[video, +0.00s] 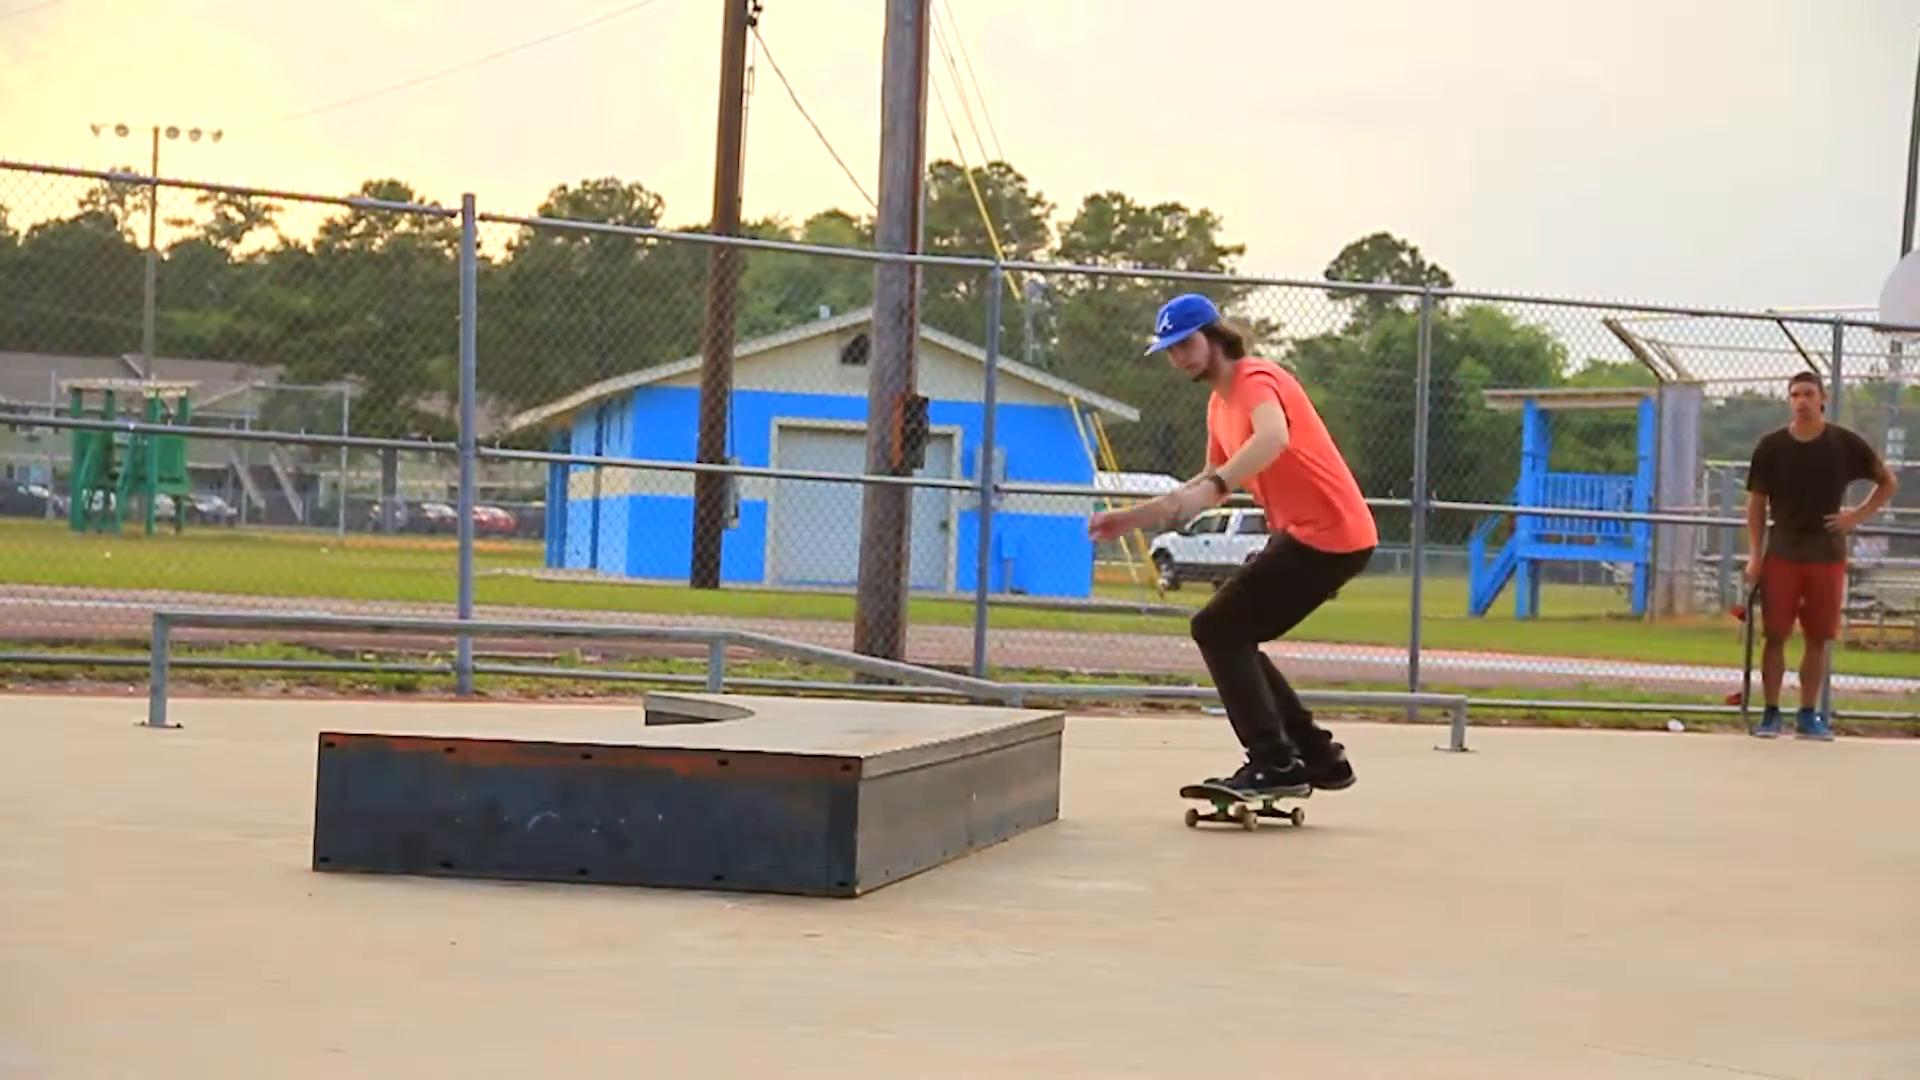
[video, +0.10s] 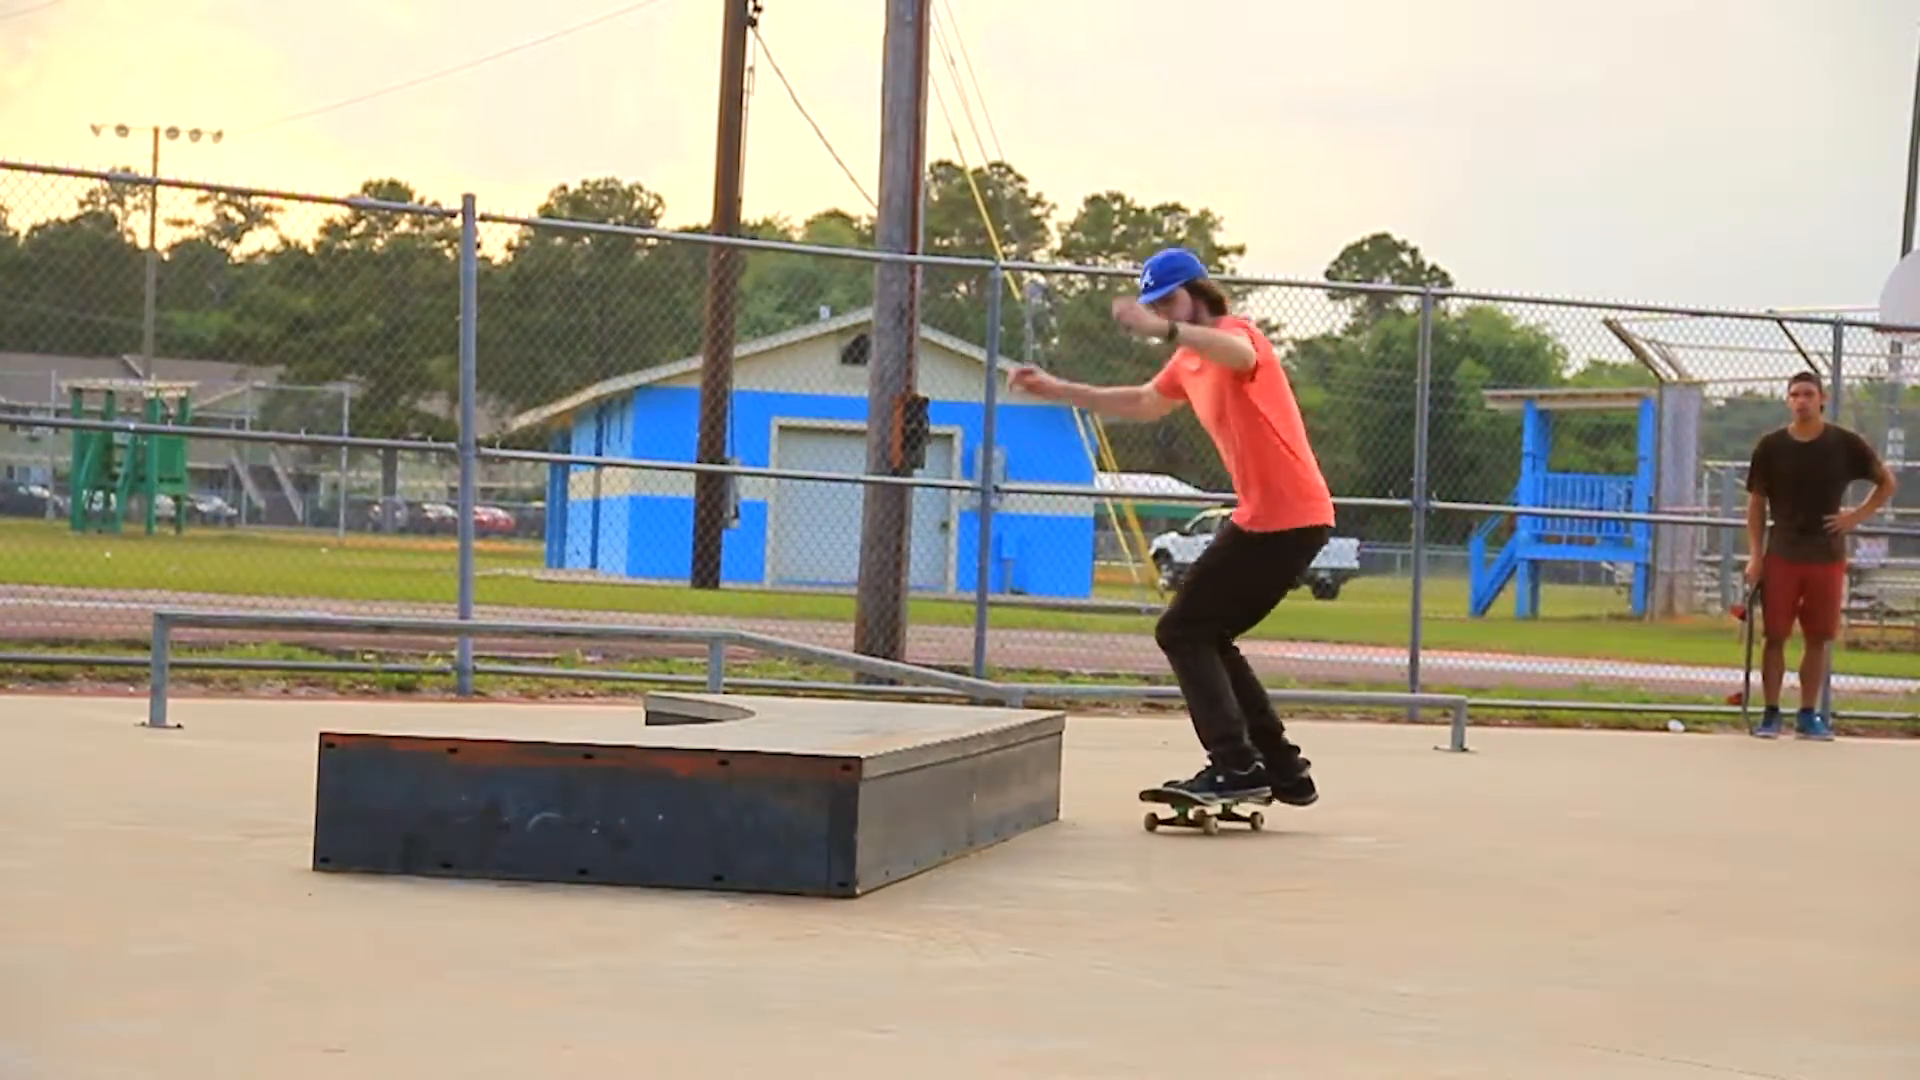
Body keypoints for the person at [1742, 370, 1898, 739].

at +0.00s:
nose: (1801, 402)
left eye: (1808, 395)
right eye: (1796, 395)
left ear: (1823, 400)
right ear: (1788, 401)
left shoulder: (1846, 443)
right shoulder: (1770, 446)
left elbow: (1888, 482)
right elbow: (1756, 503)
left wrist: (1859, 515)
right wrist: (1755, 554)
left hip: (1826, 554)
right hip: (1781, 552)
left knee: (1818, 640)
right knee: (1774, 636)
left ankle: (1808, 714)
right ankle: (1770, 712)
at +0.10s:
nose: (1800, 401)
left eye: (1807, 395)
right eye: (1795, 395)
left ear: (1822, 399)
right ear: (1787, 401)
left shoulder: (1845, 443)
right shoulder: (1770, 446)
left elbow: (1888, 482)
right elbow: (1756, 503)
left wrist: (1857, 515)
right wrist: (1755, 554)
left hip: (1825, 556)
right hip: (1781, 554)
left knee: (1818, 640)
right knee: (1774, 637)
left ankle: (1807, 714)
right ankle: (1771, 712)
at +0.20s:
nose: (1800, 402)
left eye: (1807, 395)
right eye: (1795, 396)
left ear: (1822, 399)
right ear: (1787, 401)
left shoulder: (1845, 443)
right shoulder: (1769, 446)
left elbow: (1887, 482)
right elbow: (1754, 502)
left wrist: (1857, 515)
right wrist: (1754, 554)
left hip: (1825, 557)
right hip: (1780, 554)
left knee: (1818, 640)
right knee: (1774, 637)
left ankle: (1808, 714)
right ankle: (1771, 712)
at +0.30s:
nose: (1799, 402)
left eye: (1806, 395)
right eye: (1794, 395)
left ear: (1821, 399)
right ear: (1786, 401)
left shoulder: (1845, 444)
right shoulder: (1768, 447)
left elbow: (1886, 482)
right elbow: (1754, 504)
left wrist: (1857, 515)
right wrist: (1753, 555)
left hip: (1825, 556)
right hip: (1780, 554)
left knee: (1818, 640)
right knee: (1774, 637)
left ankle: (1808, 714)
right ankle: (1771, 712)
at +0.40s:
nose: (1799, 402)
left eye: (1806, 395)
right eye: (1794, 395)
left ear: (1821, 399)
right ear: (1786, 401)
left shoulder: (1844, 444)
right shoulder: (1768, 447)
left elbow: (1886, 482)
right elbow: (1753, 503)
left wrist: (1857, 515)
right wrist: (1752, 555)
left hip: (1824, 556)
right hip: (1779, 554)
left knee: (1818, 640)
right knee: (1774, 637)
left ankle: (1808, 714)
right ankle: (1770, 712)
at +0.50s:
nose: (1799, 402)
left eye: (1805, 395)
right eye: (1793, 395)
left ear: (1820, 399)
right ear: (1786, 401)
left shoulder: (1843, 443)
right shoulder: (1767, 447)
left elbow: (1884, 481)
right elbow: (1753, 503)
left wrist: (1856, 515)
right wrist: (1752, 554)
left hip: (1824, 556)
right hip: (1779, 553)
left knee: (1817, 639)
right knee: (1774, 637)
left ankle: (1808, 714)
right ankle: (1770, 713)